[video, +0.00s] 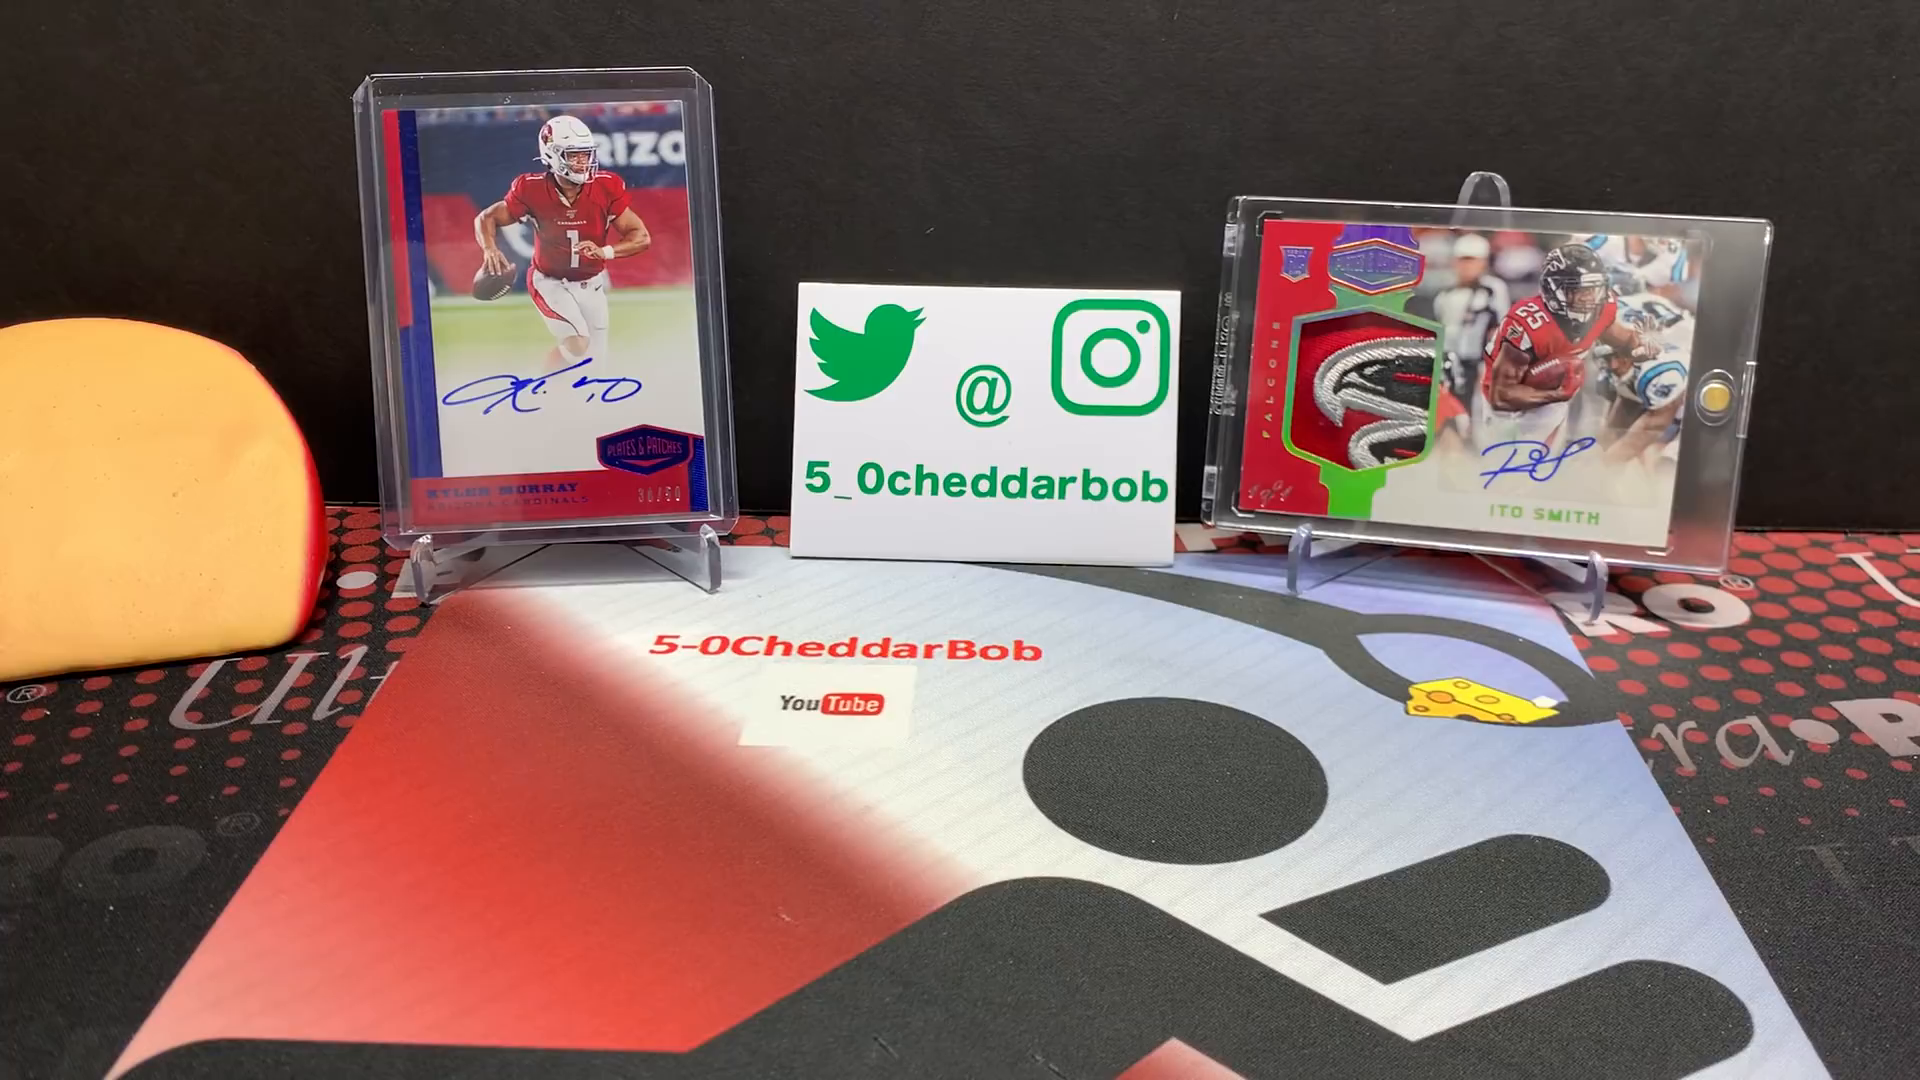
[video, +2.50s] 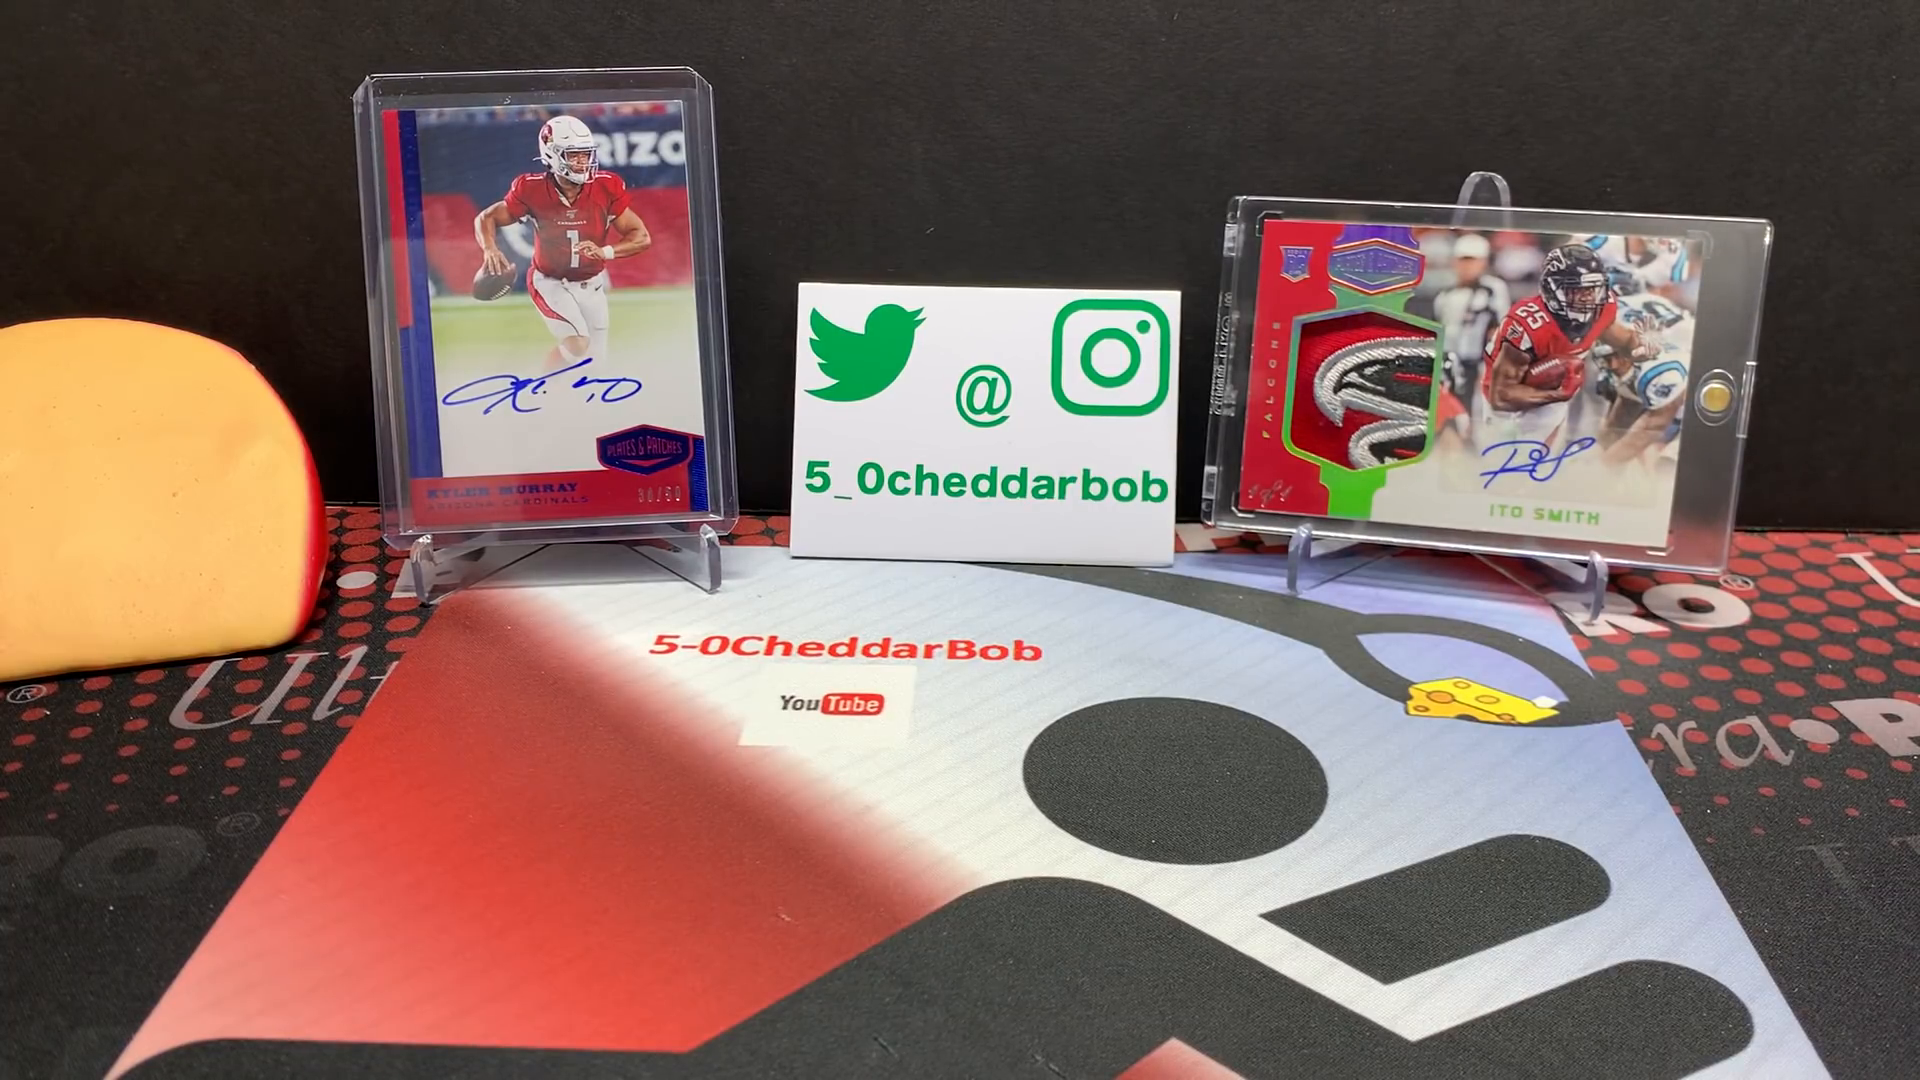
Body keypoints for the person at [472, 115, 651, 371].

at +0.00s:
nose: (581, 162)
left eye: (585, 155)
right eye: (573, 156)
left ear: (592, 154)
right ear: (552, 155)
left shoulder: (607, 187)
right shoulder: (529, 189)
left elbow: (641, 238)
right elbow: (484, 219)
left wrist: (606, 252)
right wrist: (490, 248)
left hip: (591, 283)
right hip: (548, 280)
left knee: (596, 363)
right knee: (577, 344)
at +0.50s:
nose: (580, 162)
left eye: (585, 155)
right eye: (573, 156)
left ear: (592, 154)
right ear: (552, 155)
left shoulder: (607, 187)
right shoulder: (530, 189)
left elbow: (641, 238)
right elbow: (485, 219)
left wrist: (605, 252)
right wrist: (489, 248)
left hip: (591, 283)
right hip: (549, 280)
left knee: (596, 362)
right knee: (577, 344)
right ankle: (533, 390)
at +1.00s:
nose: (580, 162)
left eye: (585, 155)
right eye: (573, 156)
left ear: (592, 154)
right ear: (552, 155)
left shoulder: (606, 187)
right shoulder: (530, 189)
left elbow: (641, 238)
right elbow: (484, 219)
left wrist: (605, 252)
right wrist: (489, 248)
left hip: (591, 283)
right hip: (549, 280)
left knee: (596, 362)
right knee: (577, 344)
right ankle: (534, 391)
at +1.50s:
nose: (580, 162)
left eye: (585, 155)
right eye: (573, 156)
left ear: (591, 154)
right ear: (552, 155)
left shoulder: (606, 187)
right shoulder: (530, 189)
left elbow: (641, 238)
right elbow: (484, 219)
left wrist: (605, 252)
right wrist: (490, 248)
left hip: (591, 283)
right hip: (549, 280)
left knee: (596, 362)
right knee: (577, 344)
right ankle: (534, 391)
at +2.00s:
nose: (580, 162)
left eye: (585, 155)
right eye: (572, 156)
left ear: (592, 154)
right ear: (552, 155)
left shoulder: (606, 187)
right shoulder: (530, 189)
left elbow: (642, 238)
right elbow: (484, 219)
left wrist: (606, 252)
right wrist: (490, 248)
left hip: (591, 283)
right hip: (549, 281)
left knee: (596, 362)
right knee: (577, 345)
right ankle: (534, 390)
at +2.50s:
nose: (580, 162)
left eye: (585, 155)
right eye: (573, 156)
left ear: (592, 154)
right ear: (552, 155)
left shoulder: (607, 187)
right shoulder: (530, 189)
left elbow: (642, 237)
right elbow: (484, 219)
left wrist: (606, 252)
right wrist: (490, 249)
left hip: (591, 283)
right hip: (549, 281)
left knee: (596, 363)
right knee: (577, 344)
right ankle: (534, 391)